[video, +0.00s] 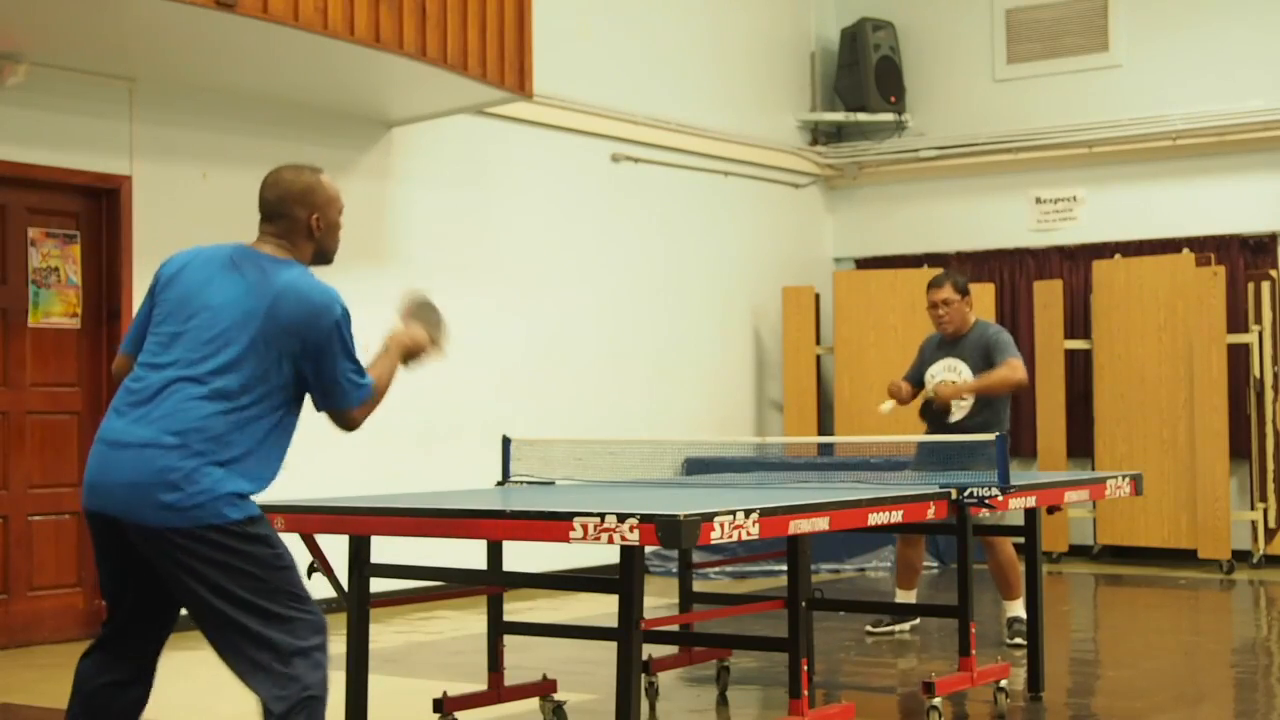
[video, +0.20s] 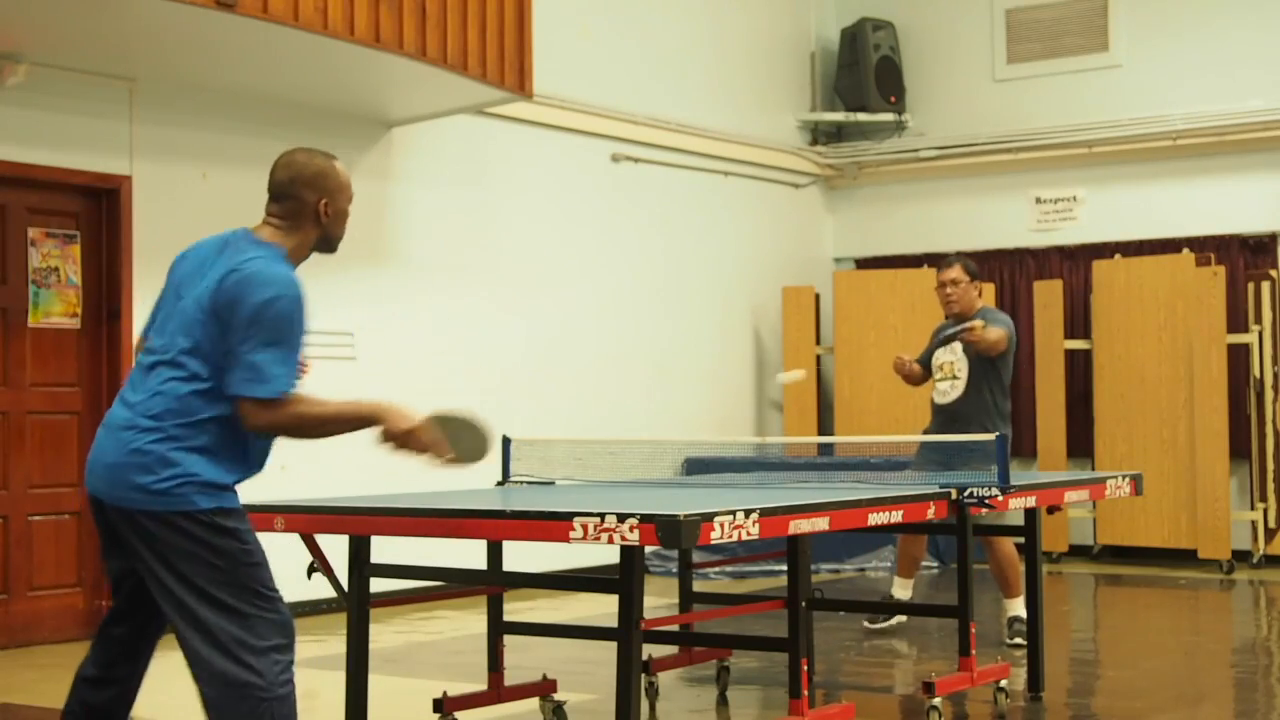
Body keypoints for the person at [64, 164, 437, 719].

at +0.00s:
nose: (341, 229)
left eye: (341, 218)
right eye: (338, 218)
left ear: (268, 217)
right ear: (313, 222)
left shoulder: (181, 266)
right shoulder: (314, 303)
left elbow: (124, 366)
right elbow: (351, 411)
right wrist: (399, 345)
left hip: (107, 486)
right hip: (194, 499)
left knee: (133, 627)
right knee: (296, 638)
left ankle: (88, 714)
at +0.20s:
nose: (347, 218)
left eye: (349, 206)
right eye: (346, 205)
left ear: (276, 201)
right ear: (322, 207)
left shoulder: (201, 253)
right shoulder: (271, 281)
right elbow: (264, 410)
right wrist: (378, 413)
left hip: (114, 472)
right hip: (175, 484)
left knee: (136, 619)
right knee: (259, 640)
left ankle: (87, 714)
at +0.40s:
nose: (341, 231)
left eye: (339, 217)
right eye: (333, 217)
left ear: (284, 218)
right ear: (294, 219)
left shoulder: (210, 268)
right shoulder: (246, 298)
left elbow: (198, 356)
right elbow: (294, 428)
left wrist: (278, 358)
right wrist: (377, 435)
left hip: (117, 487)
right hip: (164, 494)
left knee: (146, 640)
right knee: (266, 634)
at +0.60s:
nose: (363, 195)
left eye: (361, 182)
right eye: (355, 183)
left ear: (294, 188)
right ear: (316, 190)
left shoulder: (210, 239)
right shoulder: (318, 284)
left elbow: (155, 336)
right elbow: (423, 358)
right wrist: (494, 288)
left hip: (123, 466)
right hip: (197, 483)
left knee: (129, 618)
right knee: (268, 645)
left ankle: (84, 717)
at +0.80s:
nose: (360, 210)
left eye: (357, 198)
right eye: (354, 199)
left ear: (284, 207)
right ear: (330, 209)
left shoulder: (205, 260)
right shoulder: (338, 294)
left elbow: (143, 358)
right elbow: (424, 386)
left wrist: (220, 378)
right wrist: (468, 308)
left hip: (128, 480)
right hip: (218, 494)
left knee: (140, 626)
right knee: (311, 637)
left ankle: (100, 713)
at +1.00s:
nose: (345, 227)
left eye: (344, 216)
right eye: (343, 216)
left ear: (273, 218)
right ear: (324, 217)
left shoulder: (194, 273)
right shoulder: (328, 300)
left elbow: (130, 367)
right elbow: (362, 425)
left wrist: (204, 393)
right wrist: (439, 399)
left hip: (127, 484)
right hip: (221, 496)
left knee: (137, 625)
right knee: (316, 637)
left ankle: (105, 715)